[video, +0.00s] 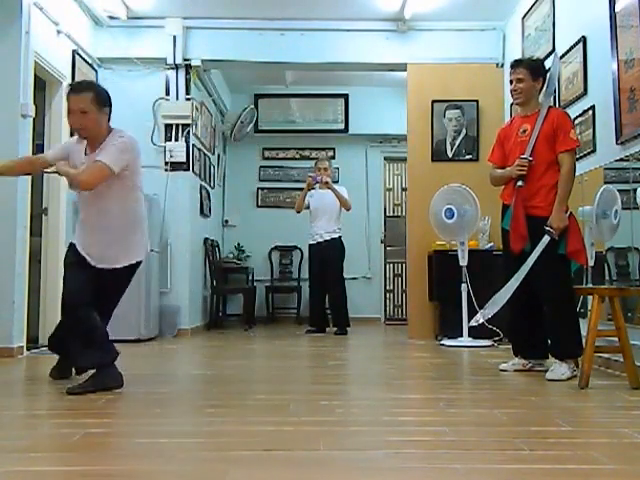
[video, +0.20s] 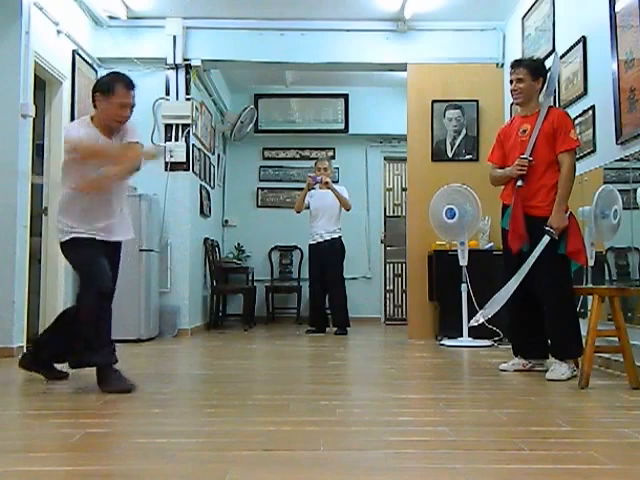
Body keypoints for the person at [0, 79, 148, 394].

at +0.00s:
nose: (73, 120)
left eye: (80, 113)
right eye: (70, 113)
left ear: (103, 112)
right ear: (68, 114)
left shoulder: (123, 144)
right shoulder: (75, 146)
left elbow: (85, 181)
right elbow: (32, 163)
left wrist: (61, 167)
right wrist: (1, 168)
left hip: (123, 251)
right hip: (85, 245)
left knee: (96, 312)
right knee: (74, 303)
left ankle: (69, 355)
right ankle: (106, 370)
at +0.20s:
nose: (126, 113)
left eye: (130, 107)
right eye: (119, 106)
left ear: (132, 106)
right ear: (97, 101)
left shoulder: (128, 130)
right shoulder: (74, 131)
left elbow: (132, 162)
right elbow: (83, 149)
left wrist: (99, 181)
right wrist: (128, 153)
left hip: (112, 231)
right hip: (76, 229)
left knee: (97, 300)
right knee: (101, 286)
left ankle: (40, 354)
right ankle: (106, 368)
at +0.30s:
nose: (140, 113)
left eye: (142, 108)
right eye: (138, 105)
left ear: (114, 99)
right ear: (119, 97)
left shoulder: (112, 129)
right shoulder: (99, 117)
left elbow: (140, 162)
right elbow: (159, 112)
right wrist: (172, 101)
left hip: (74, 223)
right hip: (75, 224)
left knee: (82, 294)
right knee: (116, 290)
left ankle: (42, 362)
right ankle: (109, 370)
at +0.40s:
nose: (145, 125)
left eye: (147, 119)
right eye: (145, 117)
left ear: (118, 102)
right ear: (133, 107)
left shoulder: (94, 121)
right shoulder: (118, 117)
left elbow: (132, 160)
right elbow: (168, 95)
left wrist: (161, 182)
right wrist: (144, 74)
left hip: (50, 216)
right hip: (80, 219)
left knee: (67, 290)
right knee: (123, 290)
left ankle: (61, 362)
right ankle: (110, 370)